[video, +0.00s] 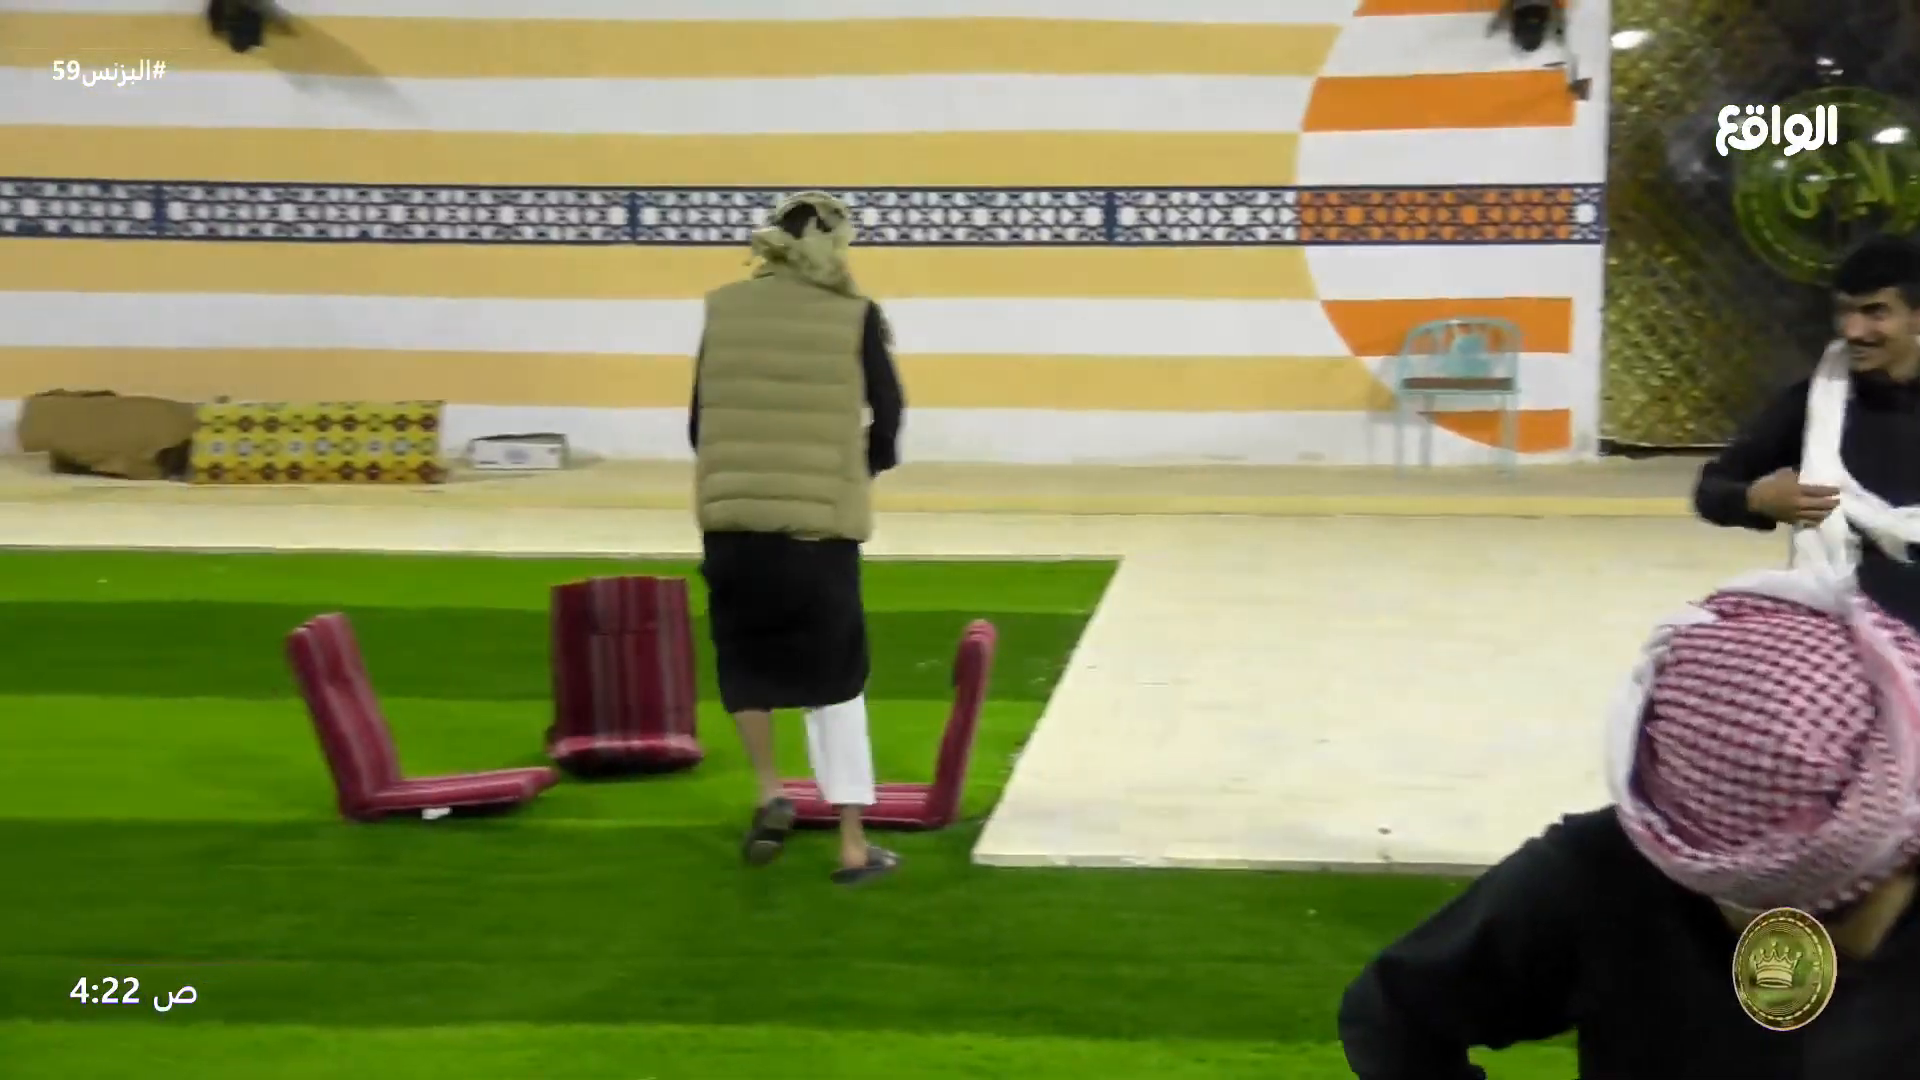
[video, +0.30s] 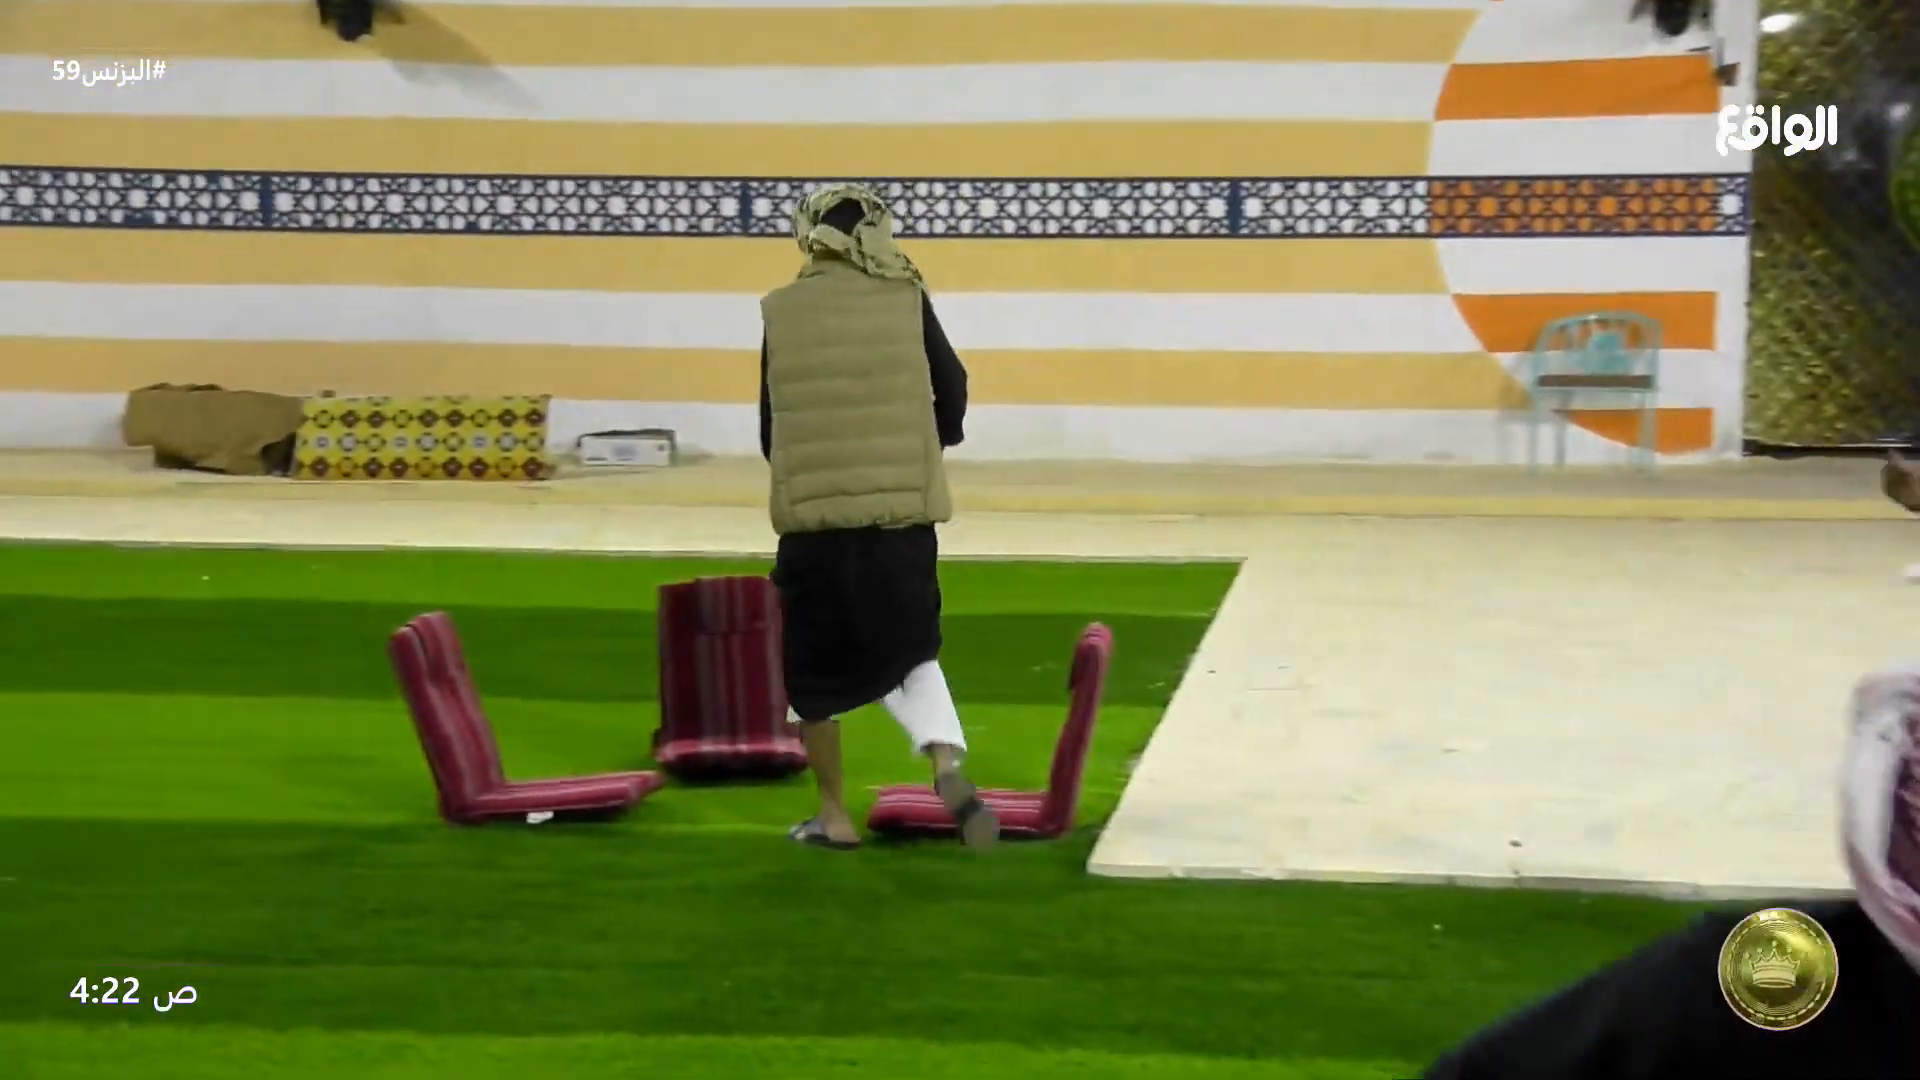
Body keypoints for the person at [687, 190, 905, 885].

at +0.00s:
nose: (843, 252)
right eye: (843, 242)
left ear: (772, 240)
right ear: (837, 248)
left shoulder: (726, 308)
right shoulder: (855, 316)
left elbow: (700, 420)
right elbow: (888, 422)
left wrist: (736, 467)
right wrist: (855, 465)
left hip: (731, 529)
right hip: (822, 531)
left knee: (741, 658)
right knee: (838, 681)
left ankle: (770, 792)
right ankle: (853, 847)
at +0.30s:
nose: (799, 243)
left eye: (804, 233)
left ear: (810, 238)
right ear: (878, 236)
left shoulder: (784, 309)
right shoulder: (907, 299)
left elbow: (772, 427)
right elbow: (951, 387)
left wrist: (812, 460)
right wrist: (931, 437)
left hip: (812, 527)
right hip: (904, 521)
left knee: (812, 671)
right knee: (910, 652)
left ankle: (835, 817)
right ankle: (948, 768)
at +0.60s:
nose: (867, 223)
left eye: (870, 213)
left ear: (878, 220)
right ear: (943, 210)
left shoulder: (853, 290)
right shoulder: (979, 273)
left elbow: (837, 414)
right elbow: (1030, 367)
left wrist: (851, 463)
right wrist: (999, 415)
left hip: (906, 514)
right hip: (988, 507)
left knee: (916, 683)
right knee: (964, 610)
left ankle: (929, 835)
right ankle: (984, 764)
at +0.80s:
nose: (928, 254)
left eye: (929, 244)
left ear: (942, 243)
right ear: (1002, 229)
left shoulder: (951, 308)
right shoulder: (1051, 295)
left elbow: (940, 416)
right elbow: (1105, 388)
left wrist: (930, 496)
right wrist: (1069, 451)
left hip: (991, 519)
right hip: (1063, 512)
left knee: (992, 695)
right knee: (1026, 662)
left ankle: (1008, 859)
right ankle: (1034, 806)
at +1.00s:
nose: (997, 264)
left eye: (1005, 248)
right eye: (994, 249)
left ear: (1045, 245)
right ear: (1052, 248)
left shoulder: (1073, 307)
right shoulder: (1094, 298)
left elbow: (1071, 415)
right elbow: (1149, 395)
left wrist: (1060, 491)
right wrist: (1087, 483)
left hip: (1109, 523)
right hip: (1140, 517)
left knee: (1031, 665)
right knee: (1075, 675)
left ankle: (1105, 825)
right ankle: (1104, 831)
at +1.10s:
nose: (1055, 253)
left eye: (1066, 238)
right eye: (1054, 239)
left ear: (1110, 237)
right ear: (1093, 241)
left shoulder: (1145, 302)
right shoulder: (1101, 306)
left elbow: (1145, 422)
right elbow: (1116, 421)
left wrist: (1115, 517)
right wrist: (1112, 513)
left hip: (1166, 521)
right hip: (1155, 523)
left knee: (1066, 659)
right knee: (1144, 688)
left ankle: (1206, 781)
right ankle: (1140, 866)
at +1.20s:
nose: (1089, 247)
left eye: (1101, 233)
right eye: (1088, 234)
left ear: (1148, 236)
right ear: (1117, 241)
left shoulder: (1183, 306)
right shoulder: (1123, 313)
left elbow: (1179, 422)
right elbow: (1127, 426)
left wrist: (1142, 515)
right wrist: (1125, 508)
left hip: (1198, 527)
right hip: (1165, 525)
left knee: (1114, 671)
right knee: (1159, 693)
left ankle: (1257, 774)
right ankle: (1164, 876)